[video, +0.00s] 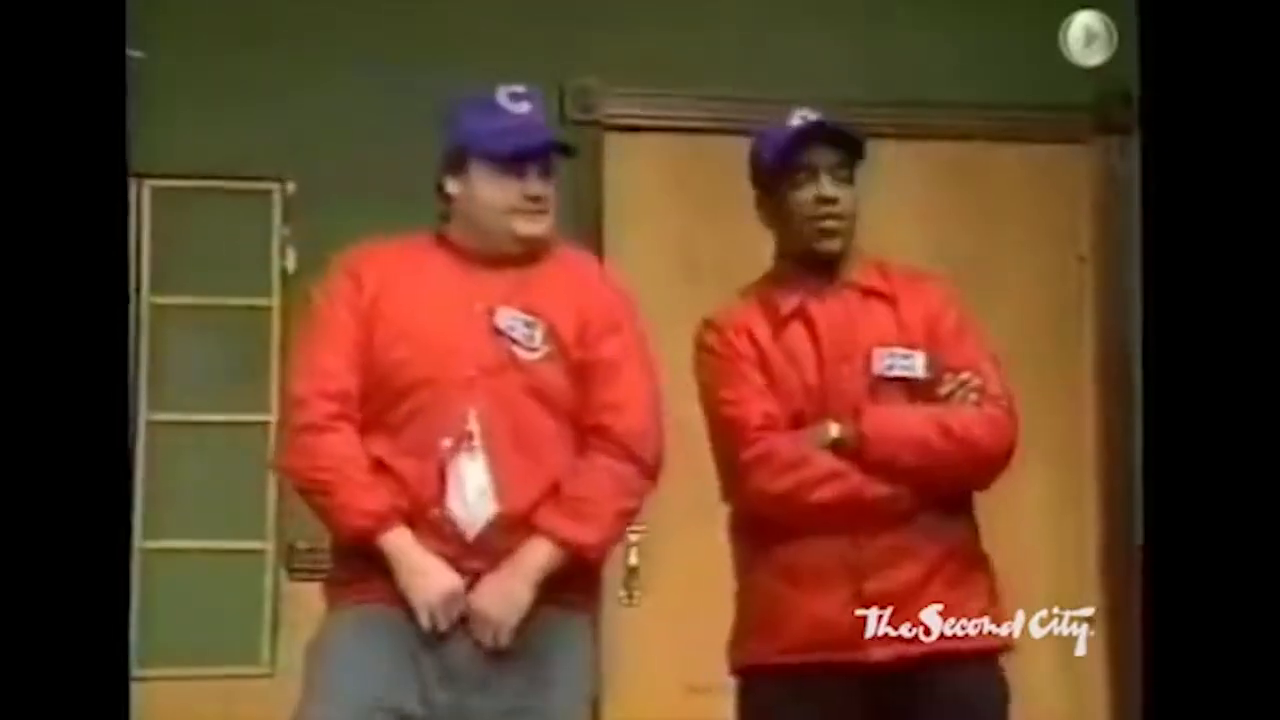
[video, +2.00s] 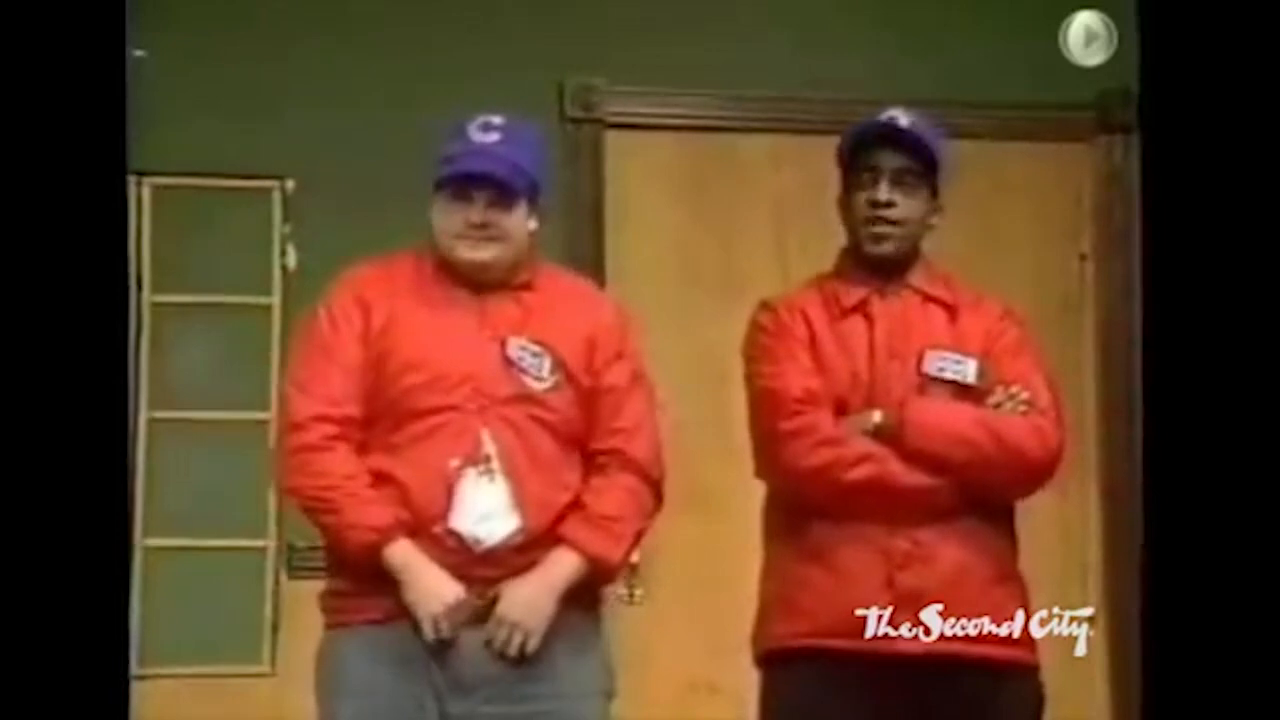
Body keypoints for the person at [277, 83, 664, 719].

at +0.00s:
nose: (536, 187)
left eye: (546, 169)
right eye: (511, 169)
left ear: (559, 178)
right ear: (453, 184)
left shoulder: (589, 289)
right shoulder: (369, 277)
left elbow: (627, 448)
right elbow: (315, 432)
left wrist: (525, 568)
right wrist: (404, 551)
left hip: (542, 616)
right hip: (384, 612)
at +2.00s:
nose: (478, 216)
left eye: (501, 201)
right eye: (460, 196)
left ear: (533, 217)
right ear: (434, 206)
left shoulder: (588, 314)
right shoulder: (365, 299)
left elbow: (631, 468)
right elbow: (311, 448)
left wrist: (550, 579)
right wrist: (406, 561)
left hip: (546, 629)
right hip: (382, 630)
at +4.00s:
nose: (541, 215)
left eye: (544, 199)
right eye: (520, 200)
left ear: (552, 200)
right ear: (453, 208)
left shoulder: (569, 296)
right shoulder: (374, 283)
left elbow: (637, 441)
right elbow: (433, 370)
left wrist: (570, 540)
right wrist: (561, 322)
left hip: (547, 625)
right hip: (394, 633)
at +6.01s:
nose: (447, 198)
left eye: (470, 181)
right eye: (435, 181)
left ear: (520, 198)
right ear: (420, 193)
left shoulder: (577, 285)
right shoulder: (375, 278)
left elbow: (575, 427)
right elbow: (390, 387)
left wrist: (404, 418)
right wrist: (546, 373)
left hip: (543, 612)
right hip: (385, 614)